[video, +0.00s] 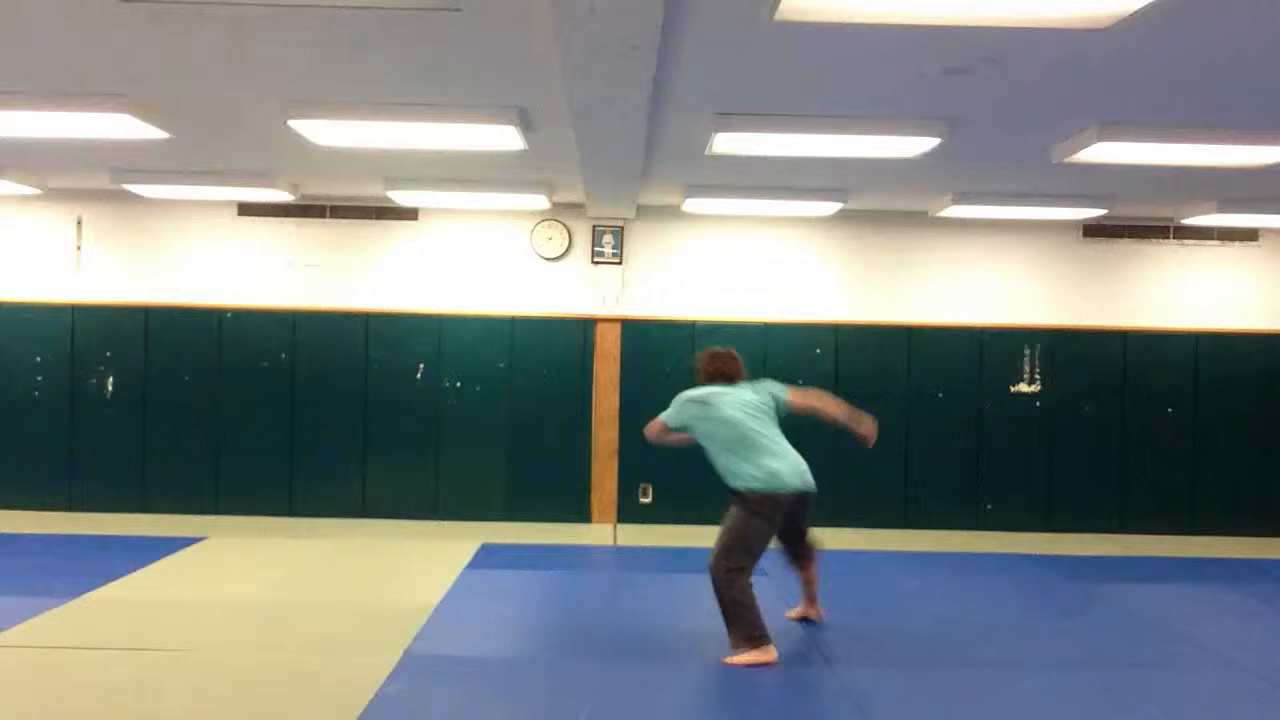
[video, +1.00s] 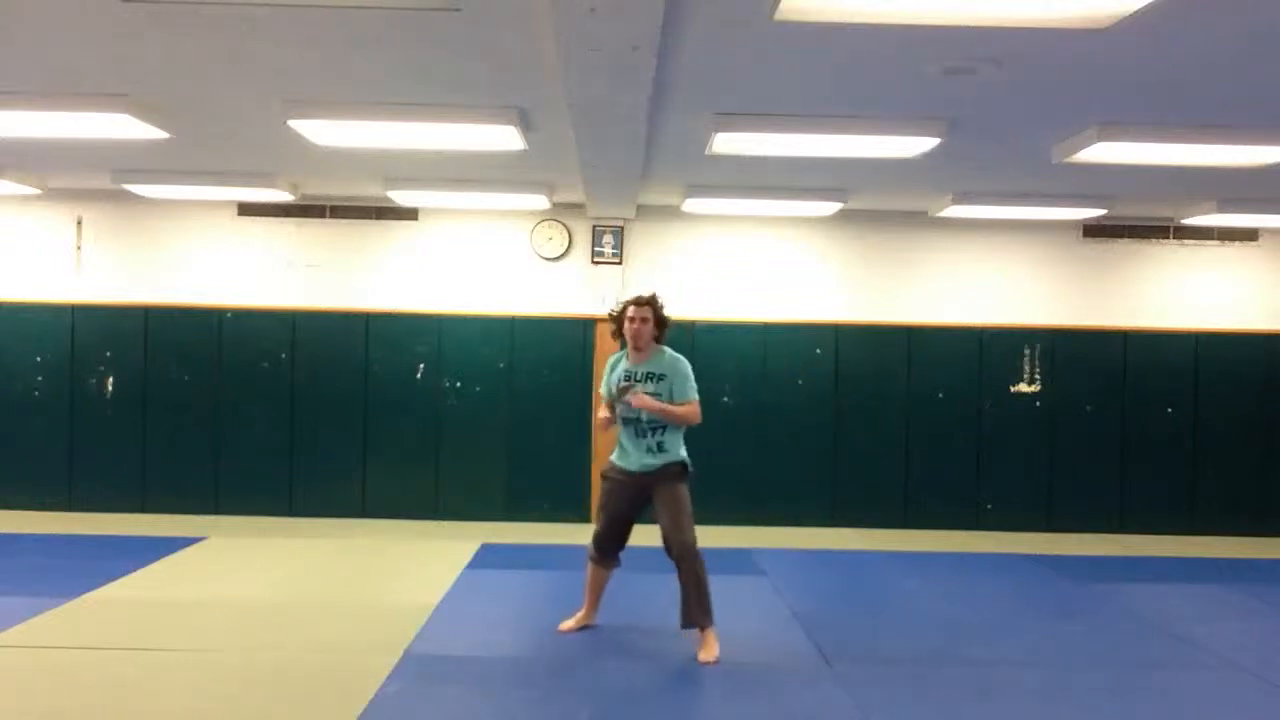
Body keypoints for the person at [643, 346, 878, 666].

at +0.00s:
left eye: (699, 373)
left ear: (702, 376)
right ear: (737, 374)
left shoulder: (692, 400)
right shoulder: (760, 389)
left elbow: (652, 433)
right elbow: (815, 399)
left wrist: (696, 435)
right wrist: (858, 420)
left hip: (761, 490)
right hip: (800, 485)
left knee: (727, 567)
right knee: (797, 541)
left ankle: (756, 645)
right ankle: (811, 606)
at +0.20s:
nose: (770, 398)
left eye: (772, 392)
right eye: (767, 388)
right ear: (751, 375)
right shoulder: (724, 385)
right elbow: (750, 372)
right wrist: (796, 374)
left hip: (695, 459)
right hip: (721, 431)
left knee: (717, 534)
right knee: (780, 433)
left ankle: (730, 617)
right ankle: (828, 435)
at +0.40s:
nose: (797, 409)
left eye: (800, 407)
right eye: (793, 400)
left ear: (793, 417)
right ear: (773, 397)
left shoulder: (749, 446)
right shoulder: (752, 398)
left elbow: (703, 480)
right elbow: (720, 400)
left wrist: (717, 497)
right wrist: (767, 412)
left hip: (690, 478)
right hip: (687, 436)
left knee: (698, 549)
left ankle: (693, 639)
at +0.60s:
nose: (762, 377)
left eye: (768, 373)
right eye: (758, 367)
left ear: (769, 383)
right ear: (738, 365)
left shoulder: (745, 424)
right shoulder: (700, 380)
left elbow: (720, 466)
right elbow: (649, 399)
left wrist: (720, 460)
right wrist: (691, 422)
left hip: (679, 485)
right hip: (636, 471)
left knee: (697, 553)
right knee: (598, 544)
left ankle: (686, 639)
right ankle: (578, 606)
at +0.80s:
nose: (660, 340)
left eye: (668, 334)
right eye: (655, 332)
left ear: (679, 341)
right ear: (644, 336)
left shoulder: (695, 375)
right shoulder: (630, 370)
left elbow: (710, 427)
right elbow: (617, 409)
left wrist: (663, 411)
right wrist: (617, 417)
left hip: (678, 476)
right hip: (632, 471)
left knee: (688, 548)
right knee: (607, 546)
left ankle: (695, 636)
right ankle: (589, 612)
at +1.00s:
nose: (635, 327)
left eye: (643, 321)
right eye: (630, 320)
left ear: (656, 327)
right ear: (623, 325)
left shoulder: (676, 364)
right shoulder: (614, 364)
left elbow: (693, 415)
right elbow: (604, 410)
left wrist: (653, 405)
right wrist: (607, 413)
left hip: (668, 466)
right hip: (624, 465)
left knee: (682, 546)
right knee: (604, 542)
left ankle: (706, 633)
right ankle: (588, 612)